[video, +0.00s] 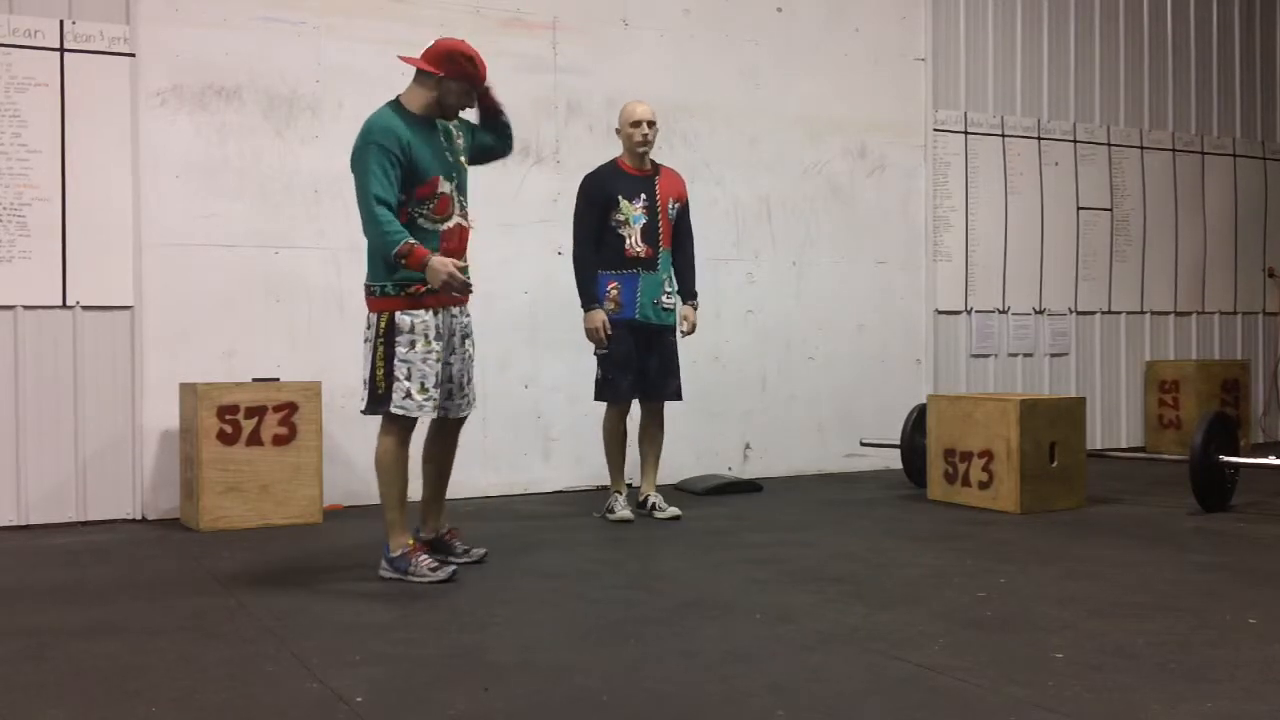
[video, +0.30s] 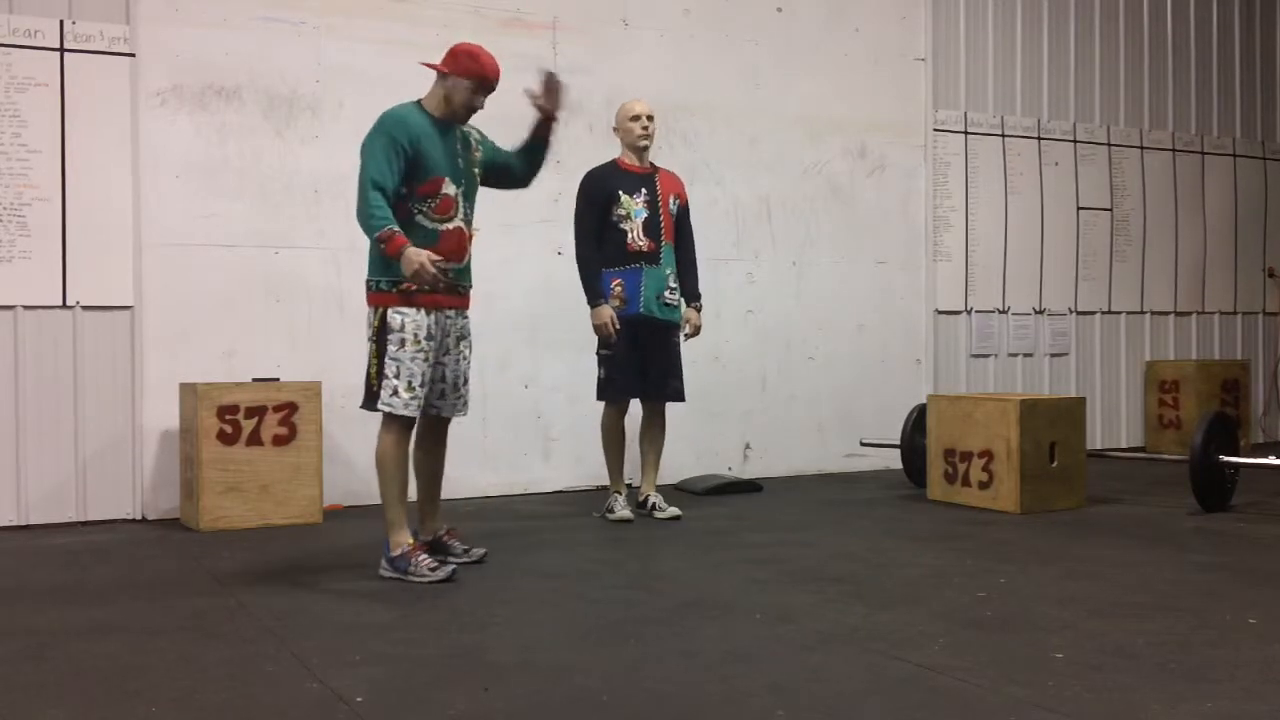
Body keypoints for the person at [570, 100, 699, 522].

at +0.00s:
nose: (644, 131)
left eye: (650, 124)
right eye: (636, 125)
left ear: (657, 131)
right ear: (620, 132)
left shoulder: (672, 182)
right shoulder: (597, 182)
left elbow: (683, 246)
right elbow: (583, 249)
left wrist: (689, 299)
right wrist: (590, 306)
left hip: (660, 312)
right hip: (615, 312)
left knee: (654, 403)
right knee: (618, 404)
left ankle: (648, 491)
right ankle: (618, 492)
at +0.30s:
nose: (644, 125)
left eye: (649, 119)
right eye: (635, 119)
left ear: (656, 128)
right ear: (618, 129)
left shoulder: (671, 183)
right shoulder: (598, 180)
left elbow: (685, 247)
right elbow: (585, 246)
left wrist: (692, 301)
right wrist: (596, 302)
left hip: (662, 310)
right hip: (618, 310)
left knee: (655, 403)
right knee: (616, 403)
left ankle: (648, 491)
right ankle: (617, 492)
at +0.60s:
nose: (645, 125)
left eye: (649, 119)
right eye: (636, 119)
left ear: (656, 129)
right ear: (618, 130)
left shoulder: (673, 183)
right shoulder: (599, 182)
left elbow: (686, 244)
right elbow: (586, 248)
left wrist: (692, 294)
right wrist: (595, 302)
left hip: (663, 310)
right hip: (618, 310)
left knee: (657, 403)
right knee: (617, 403)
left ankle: (649, 491)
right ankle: (617, 493)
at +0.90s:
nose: (646, 125)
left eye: (651, 119)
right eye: (637, 119)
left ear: (658, 129)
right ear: (619, 131)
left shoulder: (674, 182)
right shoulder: (600, 181)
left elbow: (688, 245)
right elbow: (586, 247)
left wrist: (698, 297)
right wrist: (592, 305)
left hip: (661, 311)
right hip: (616, 311)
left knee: (654, 403)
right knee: (617, 402)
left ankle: (649, 491)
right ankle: (617, 493)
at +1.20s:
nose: (646, 126)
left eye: (651, 120)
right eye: (637, 120)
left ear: (658, 130)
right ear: (620, 131)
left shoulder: (675, 182)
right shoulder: (600, 181)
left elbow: (687, 247)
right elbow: (585, 247)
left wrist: (697, 300)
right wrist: (590, 304)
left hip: (661, 313)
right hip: (615, 313)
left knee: (655, 404)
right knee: (618, 404)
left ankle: (648, 492)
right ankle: (617, 493)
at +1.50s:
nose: (644, 126)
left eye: (649, 120)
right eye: (635, 120)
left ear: (658, 129)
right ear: (620, 131)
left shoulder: (675, 182)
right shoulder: (599, 181)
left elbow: (687, 246)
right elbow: (585, 246)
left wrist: (696, 299)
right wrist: (589, 302)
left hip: (661, 313)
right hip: (615, 313)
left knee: (658, 405)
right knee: (617, 404)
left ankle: (649, 492)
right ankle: (617, 493)